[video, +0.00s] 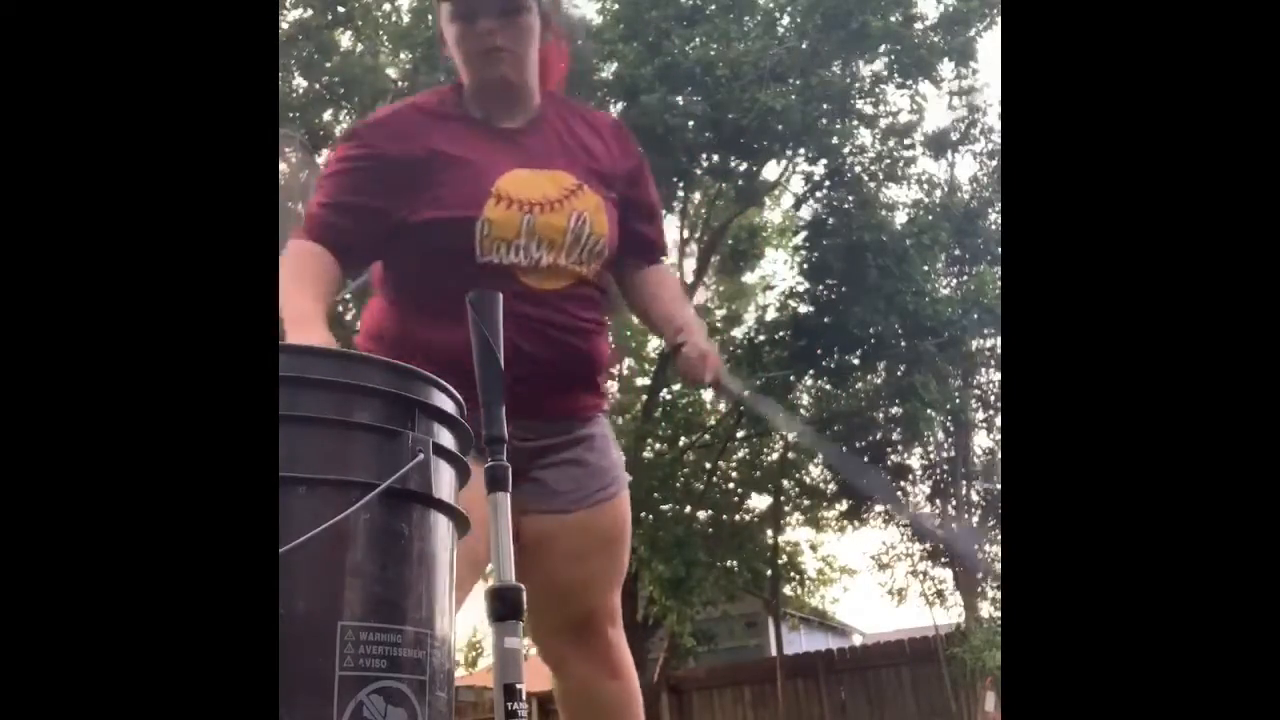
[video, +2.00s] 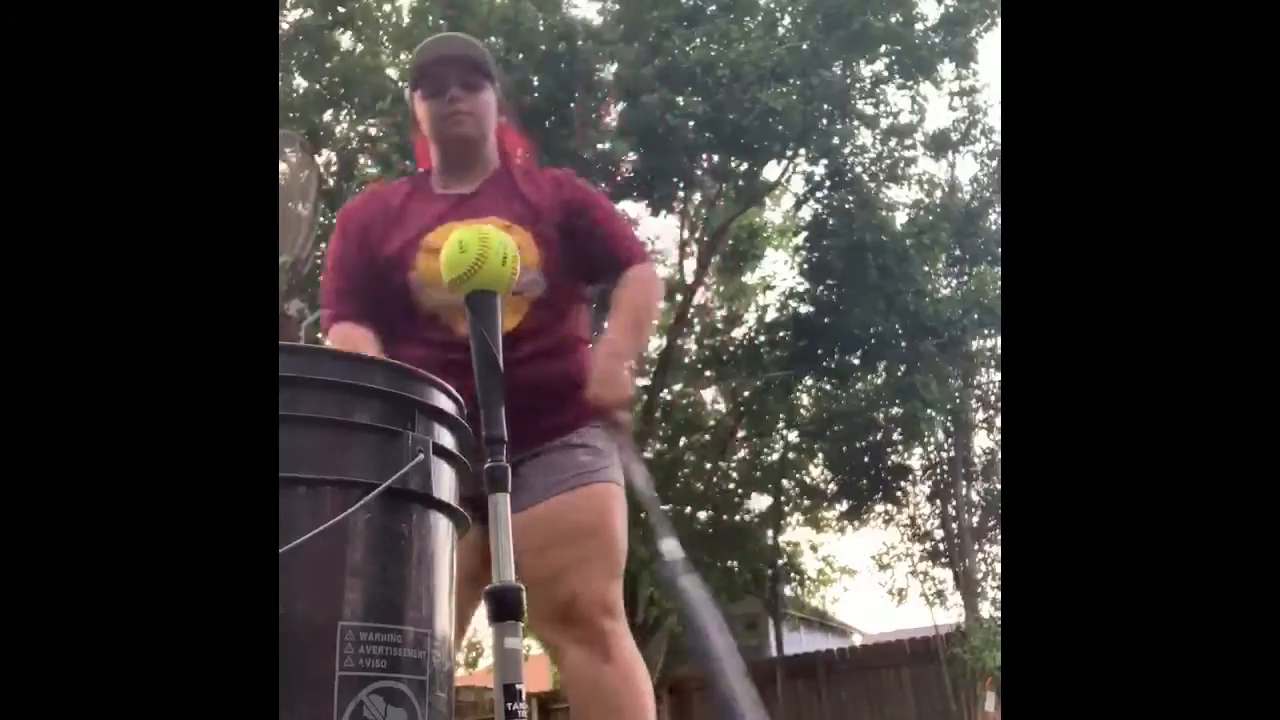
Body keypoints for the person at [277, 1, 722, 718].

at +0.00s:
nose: (491, 29)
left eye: (509, 11)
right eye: (470, 15)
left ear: (541, 21)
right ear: (445, 32)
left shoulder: (605, 142)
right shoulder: (396, 138)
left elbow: (642, 261)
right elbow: (311, 256)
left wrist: (687, 328)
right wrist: (315, 356)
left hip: (568, 432)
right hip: (433, 432)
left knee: (593, 639)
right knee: (397, 633)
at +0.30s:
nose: (384, 13)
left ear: (449, 8)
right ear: (328, 16)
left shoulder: (516, 98)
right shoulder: (309, 127)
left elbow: (561, 246)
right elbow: (285, 269)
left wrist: (583, 379)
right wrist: (294, 389)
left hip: (498, 399)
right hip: (362, 407)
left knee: (539, 611)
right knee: (364, 622)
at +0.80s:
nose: (465, 18)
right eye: (433, 3)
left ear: (513, 13)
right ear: (392, 28)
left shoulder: (555, 113)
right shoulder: (349, 143)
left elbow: (588, 248)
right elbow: (300, 244)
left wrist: (640, 358)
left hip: (518, 403)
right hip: (387, 412)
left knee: (589, 614)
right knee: (374, 634)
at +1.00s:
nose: (541, 27)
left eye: (556, 7)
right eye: (515, 10)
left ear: (581, 22)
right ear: (479, 30)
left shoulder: (625, 148)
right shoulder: (421, 133)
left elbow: (651, 273)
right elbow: (316, 256)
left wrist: (691, 375)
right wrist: (343, 214)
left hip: (578, 428)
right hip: (440, 425)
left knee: (632, 642)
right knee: (410, 646)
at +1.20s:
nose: (584, 42)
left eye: (603, 26)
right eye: (564, 27)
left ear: (630, 43)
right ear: (536, 45)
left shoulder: (671, 156)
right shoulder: (490, 136)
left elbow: (705, 281)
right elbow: (398, 208)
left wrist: (729, 389)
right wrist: (421, 205)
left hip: (632, 426)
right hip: (496, 417)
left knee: (650, 631)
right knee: (460, 607)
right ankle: (390, 707)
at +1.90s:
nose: (486, 90)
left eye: (502, 77)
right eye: (467, 80)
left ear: (528, 92)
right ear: (445, 98)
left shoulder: (587, 192)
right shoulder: (400, 199)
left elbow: (662, 280)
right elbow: (364, 291)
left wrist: (672, 356)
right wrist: (414, 324)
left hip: (573, 440)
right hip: (450, 446)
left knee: (601, 621)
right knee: (426, 645)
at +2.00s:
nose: (455, 97)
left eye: (471, 84)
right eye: (437, 88)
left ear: (497, 101)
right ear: (416, 111)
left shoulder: (555, 194)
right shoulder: (370, 215)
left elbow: (639, 272)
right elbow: (347, 325)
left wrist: (615, 356)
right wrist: (380, 412)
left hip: (556, 442)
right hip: (433, 451)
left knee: (591, 623)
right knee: (410, 642)